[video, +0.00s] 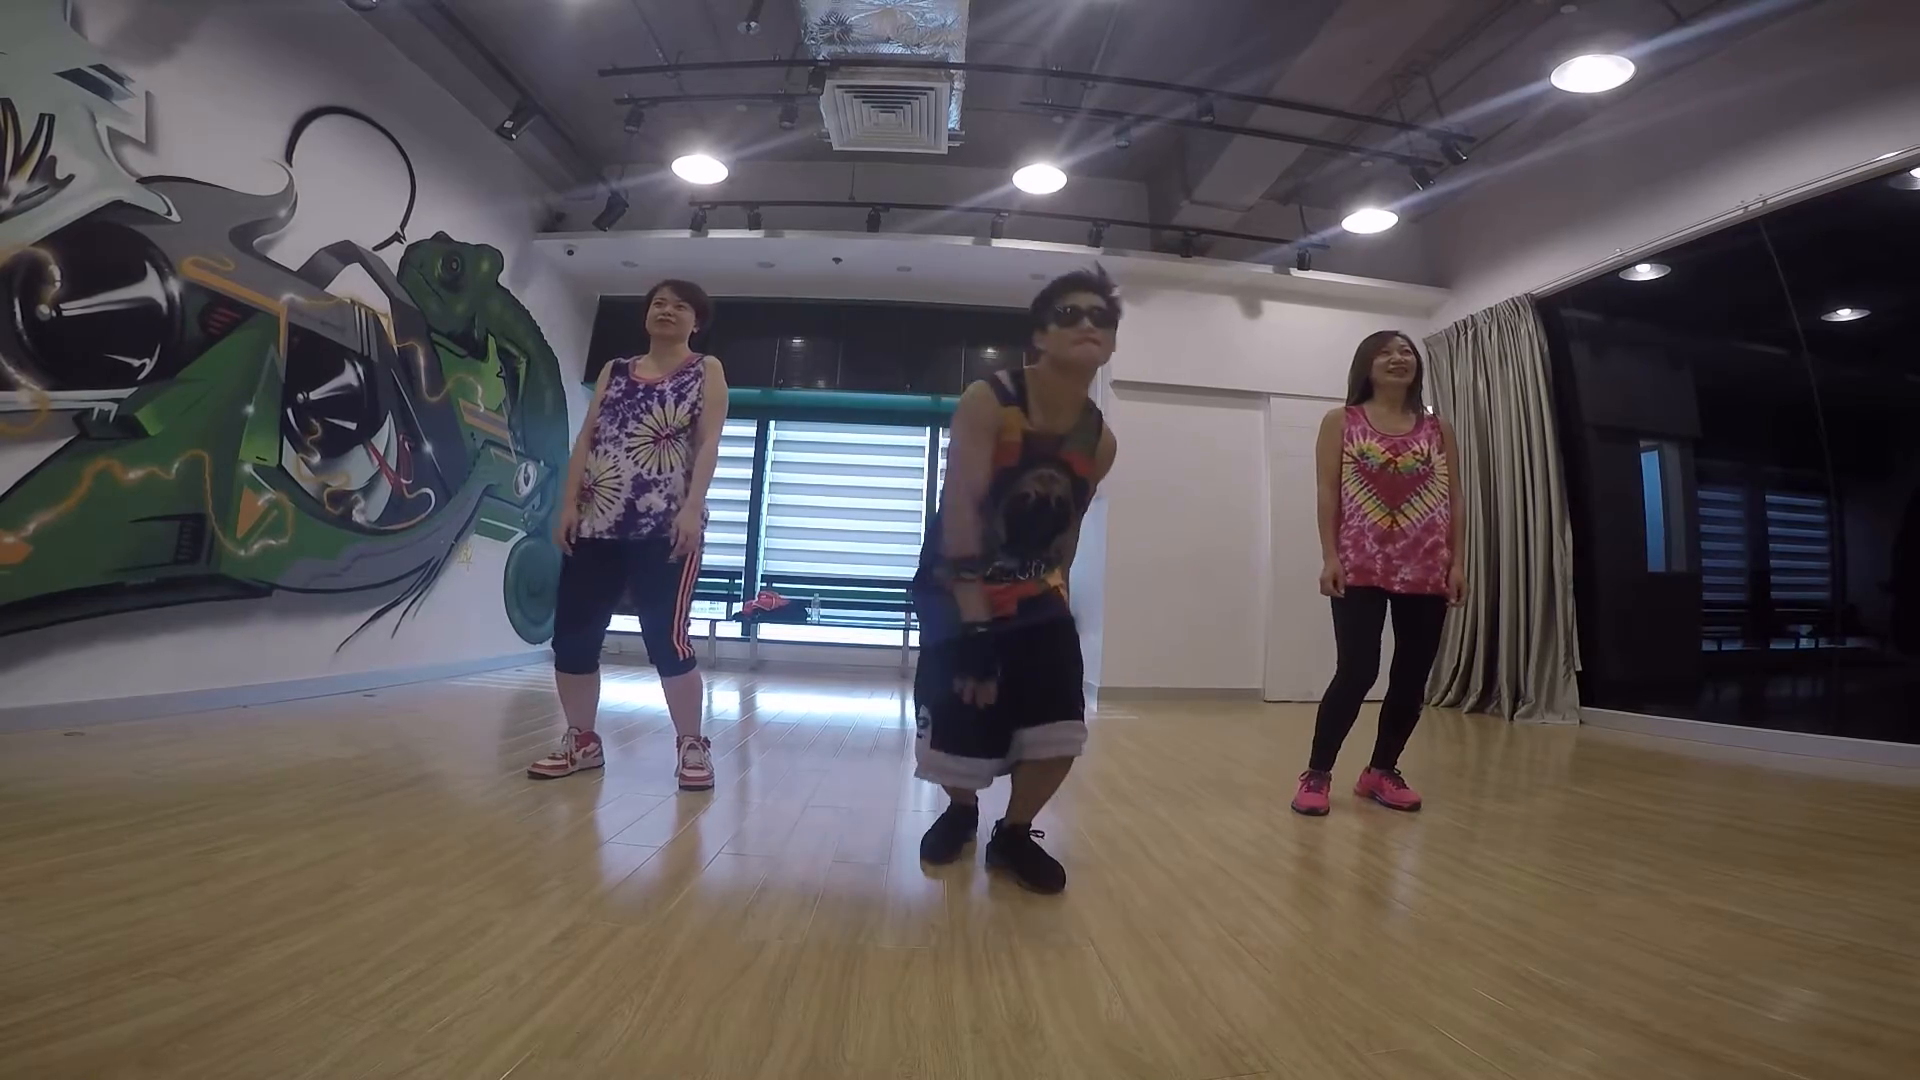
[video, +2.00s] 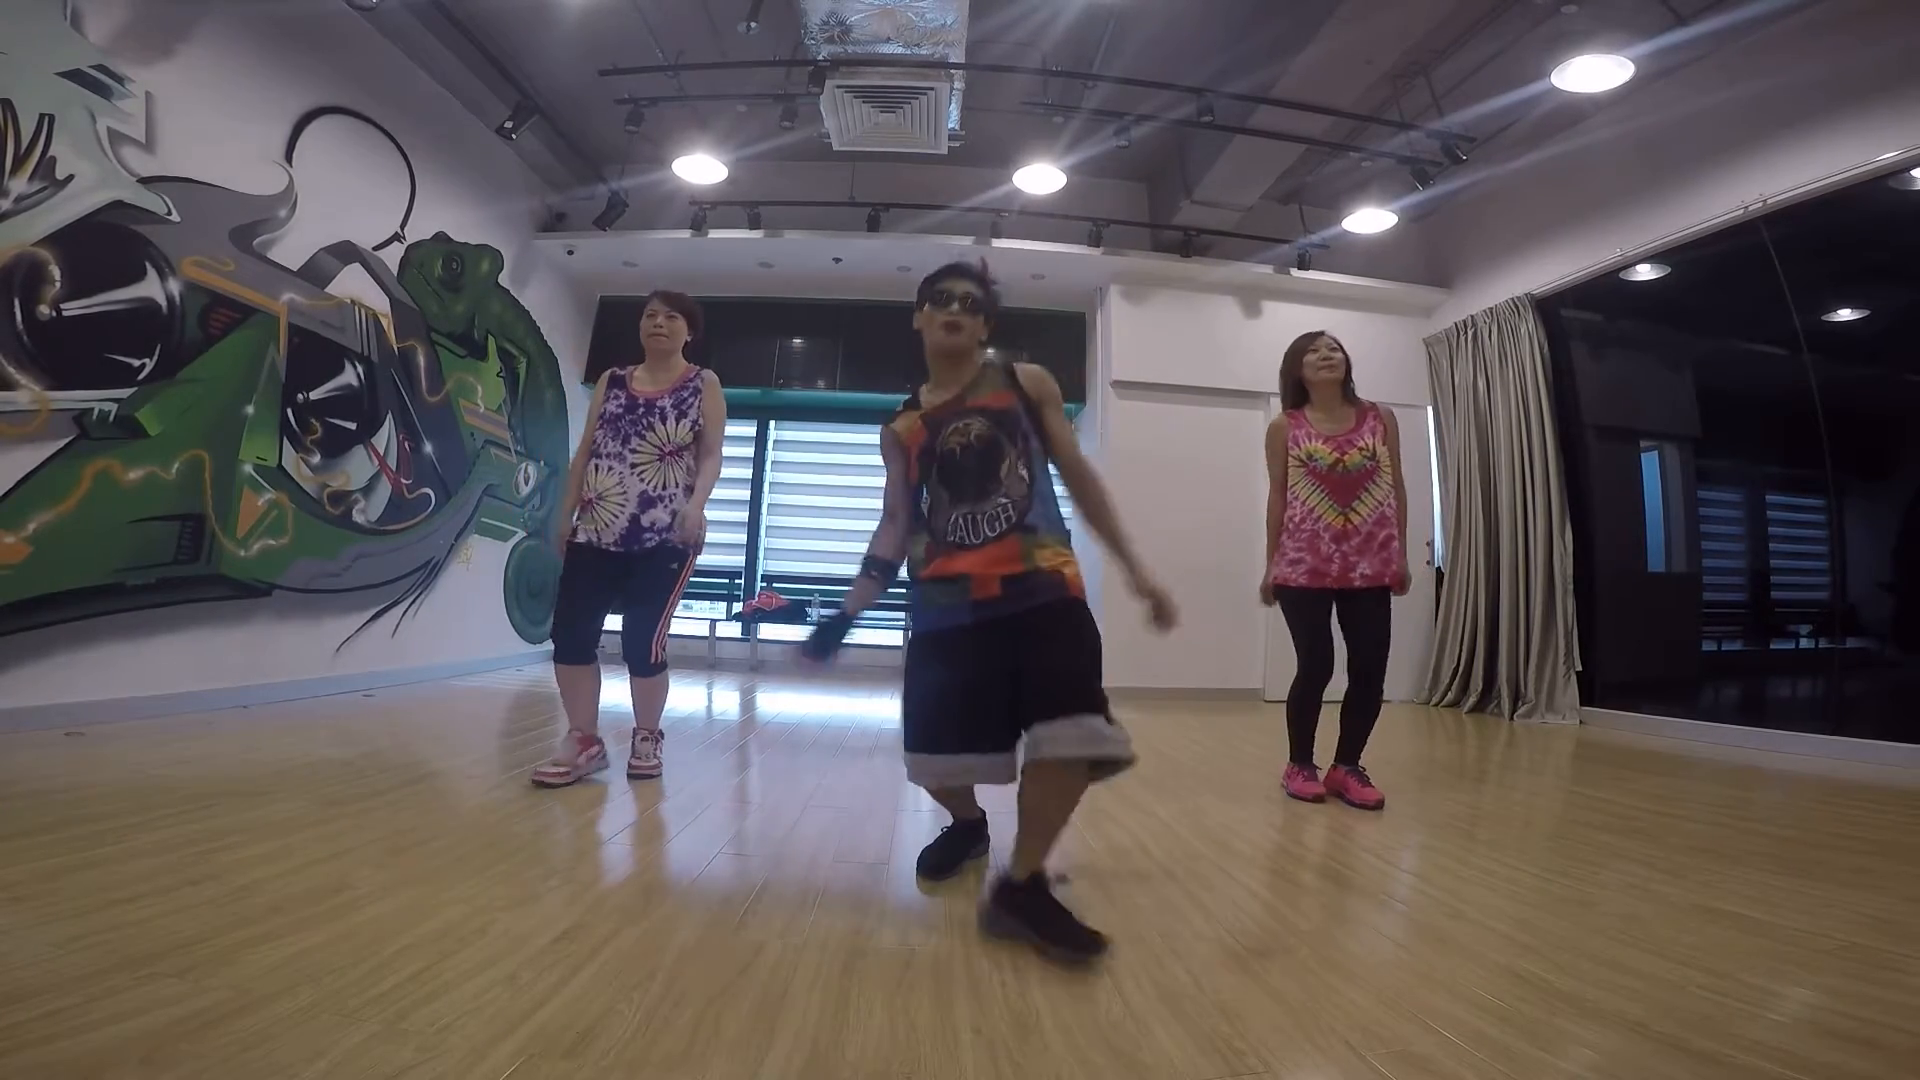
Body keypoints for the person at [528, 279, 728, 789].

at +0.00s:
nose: (666, 309)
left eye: (680, 305)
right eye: (659, 302)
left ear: (696, 322)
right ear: (645, 315)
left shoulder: (707, 371)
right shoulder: (615, 371)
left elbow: (707, 445)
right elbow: (586, 440)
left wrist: (693, 508)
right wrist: (569, 502)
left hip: (664, 528)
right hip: (597, 524)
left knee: (668, 642)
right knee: (572, 637)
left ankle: (691, 744)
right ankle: (582, 742)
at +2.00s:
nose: (658, 322)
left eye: (670, 316)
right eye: (650, 315)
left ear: (689, 330)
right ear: (639, 327)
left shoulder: (703, 384)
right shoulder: (612, 381)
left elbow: (710, 456)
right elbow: (584, 454)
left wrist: (696, 504)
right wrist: (565, 518)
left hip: (662, 537)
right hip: (596, 531)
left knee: (643, 642)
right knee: (571, 635)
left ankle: (646, 738)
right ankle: (582, 742)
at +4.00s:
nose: (676, 325)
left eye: (688, 320)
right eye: (668, 319)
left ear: (705, 335)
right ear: (657, 331)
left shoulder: (716, 384)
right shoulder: (632, 385)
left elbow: (726, 448)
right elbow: (608, 451)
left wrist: (702, 475)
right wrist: (589, 504)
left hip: (677, 531)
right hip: (613, 523)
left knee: (661, 635)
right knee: (592, 629)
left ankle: (664, 733)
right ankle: (589, 737)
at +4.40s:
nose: (647, 334)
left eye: (659, 328)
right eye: (640, 328)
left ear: (677, 341)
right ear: (630, 339)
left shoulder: (689, 381)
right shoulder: (620, 397)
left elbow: (696, 452)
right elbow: (606, 463)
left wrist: (698, 519)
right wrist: (590, 523)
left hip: (661, 532)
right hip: (604, 531)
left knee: (649, 638)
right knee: (597, 640)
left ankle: (664, 733)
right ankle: (623, 734)